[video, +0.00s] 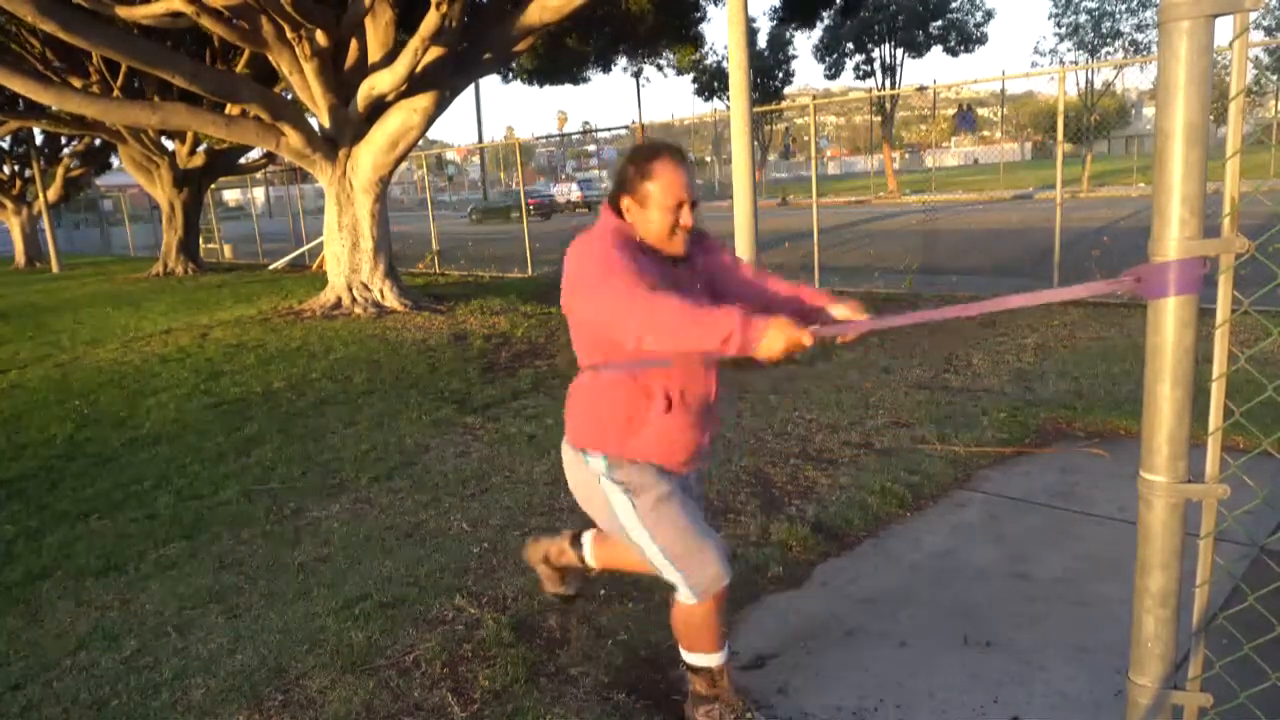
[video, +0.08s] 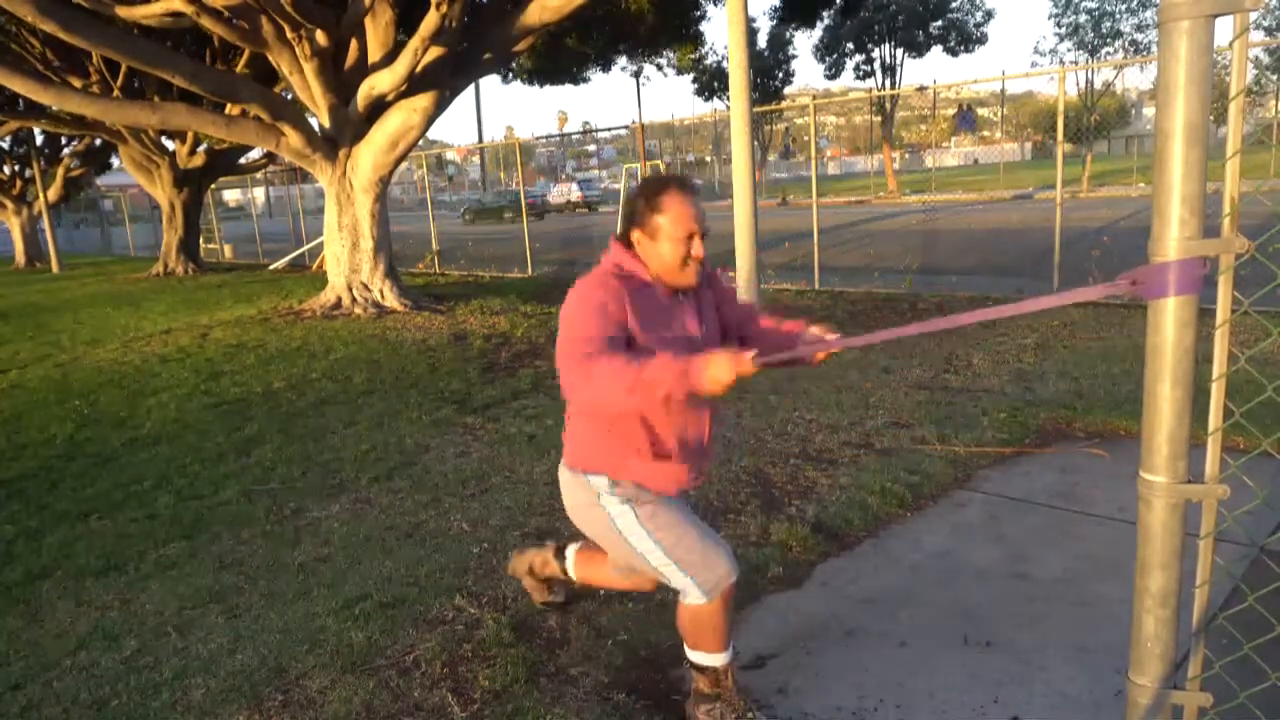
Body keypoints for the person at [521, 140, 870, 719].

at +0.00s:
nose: (690, 218)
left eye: (692, 204)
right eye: (676, 206)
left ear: (694, 200)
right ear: (628, 208)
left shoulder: (688, 250)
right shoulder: (595, 259)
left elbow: (752, 286)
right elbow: (650, 320)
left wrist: (825, 307)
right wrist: (751, 334)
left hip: (670, 451)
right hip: (610, 455)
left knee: (678, 551)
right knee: (704, 576)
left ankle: (564, 554)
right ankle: (709, 696)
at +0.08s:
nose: (700, 250)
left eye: (702, 235)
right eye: (687, 238)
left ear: (700, 232)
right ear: (640, 239)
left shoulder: (701, 287)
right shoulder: (598, 296)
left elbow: (747, 329)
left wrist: (799, 340)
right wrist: (693, 373)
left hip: (660, 477)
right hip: (603, 480)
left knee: (644, 574)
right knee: (710, 575)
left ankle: (546, 566)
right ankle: (713, 697)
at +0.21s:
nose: (724, 303)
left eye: (723, 290)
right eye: (710, 293)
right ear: (663, 293)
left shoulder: (692, 335)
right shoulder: (604, 341)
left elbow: (713, 371)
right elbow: (566, 431)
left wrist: (754, 365)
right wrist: (660, 416)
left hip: (649, 506)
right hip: (591, 510)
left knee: (632, 599)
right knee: (707, 571)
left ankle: (545, 566)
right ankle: (715, 694)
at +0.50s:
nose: (702, 307)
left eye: (702, 293)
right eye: (690, 297)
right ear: (640, 301)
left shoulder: (688, 336)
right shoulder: (589, 359)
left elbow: (717, 372)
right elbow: (545, 451)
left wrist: (742, 373)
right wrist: (629, 445)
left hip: (661, 495)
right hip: (601, 504)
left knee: (645, 577)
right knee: (702, 581)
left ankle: (544, 568)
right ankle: (711, 695)